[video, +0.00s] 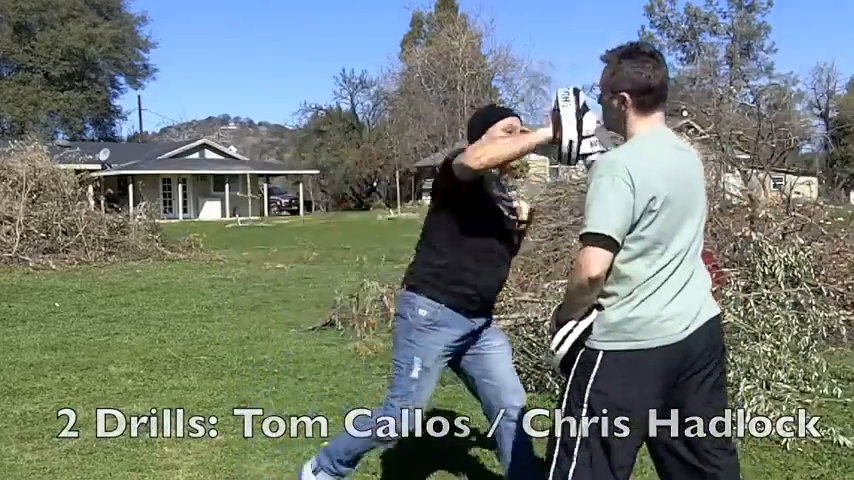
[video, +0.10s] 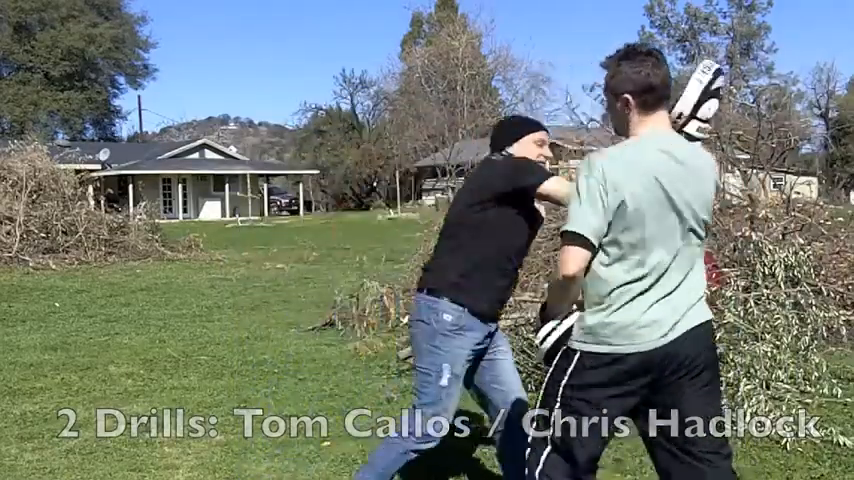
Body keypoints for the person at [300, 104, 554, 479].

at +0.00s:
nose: (519, 139)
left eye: (522, 133)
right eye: (509, 131)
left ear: (522, 144)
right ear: (481, 139)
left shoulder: (503, 196)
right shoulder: (457, 170)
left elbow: (500, 256)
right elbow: (474, 160)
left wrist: (519, 227)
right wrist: (548, 133)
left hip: (476, 320)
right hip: (429, 311)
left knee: (511, 407)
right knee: (402, 415)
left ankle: (525, 476)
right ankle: (324, 468)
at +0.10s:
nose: (547, 153)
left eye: (547, 146)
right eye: (539, 144)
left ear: (512, 150)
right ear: (512, 146)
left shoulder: (516, 186)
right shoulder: (500, 170)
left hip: (481, 322)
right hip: (446, 315)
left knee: (515, 418)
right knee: (430, 424)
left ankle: (524, 476)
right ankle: (369, 474)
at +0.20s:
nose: (572, 171)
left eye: (574, 163)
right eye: (569, 162)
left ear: (533, 160)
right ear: (547, 160)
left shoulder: (502, 184)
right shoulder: (532, 188)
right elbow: (553, 261)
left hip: (493, 310)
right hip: (467, 305)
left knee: (516, 404)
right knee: (458, 424)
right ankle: (406, 474)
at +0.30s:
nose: (577, 180)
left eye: (578, 172)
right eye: (576, 171)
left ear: (543, 157)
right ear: (563, 163)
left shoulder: (522, 183)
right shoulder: (535, 185)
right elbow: (509, 259)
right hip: (471, 300)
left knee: (532, 396)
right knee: (457, 418)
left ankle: (527, 471)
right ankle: (404, 474)